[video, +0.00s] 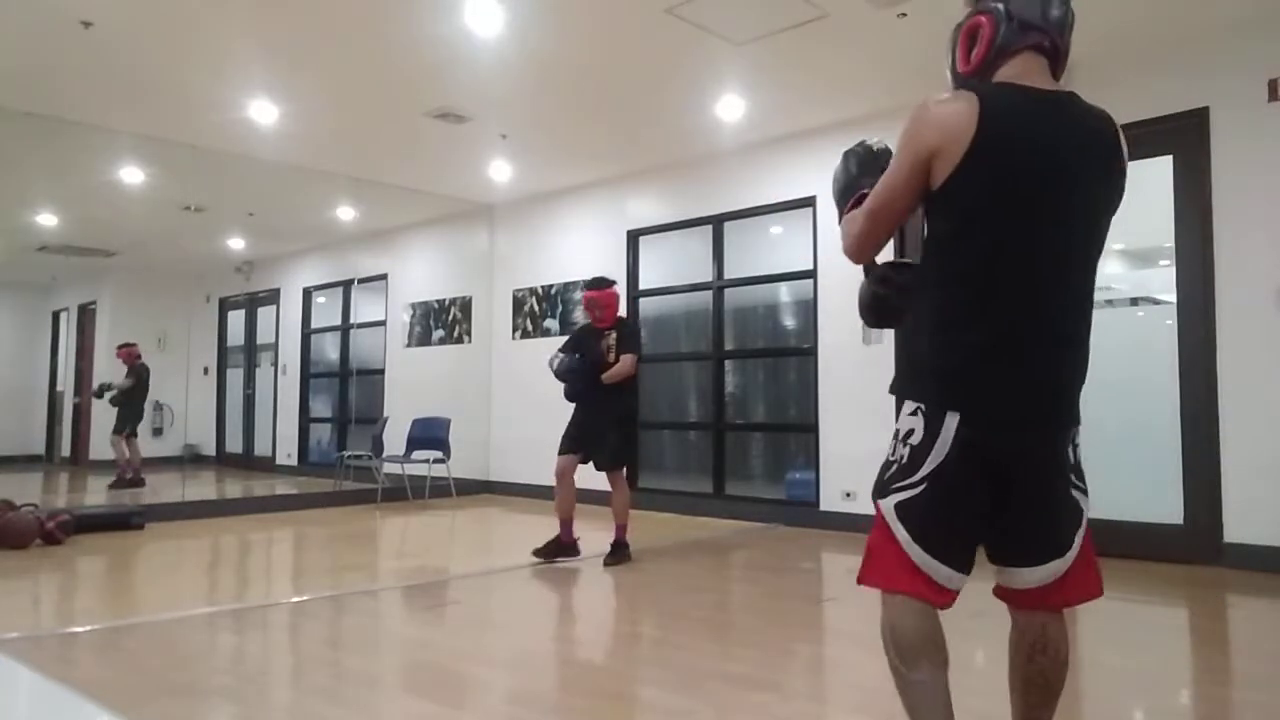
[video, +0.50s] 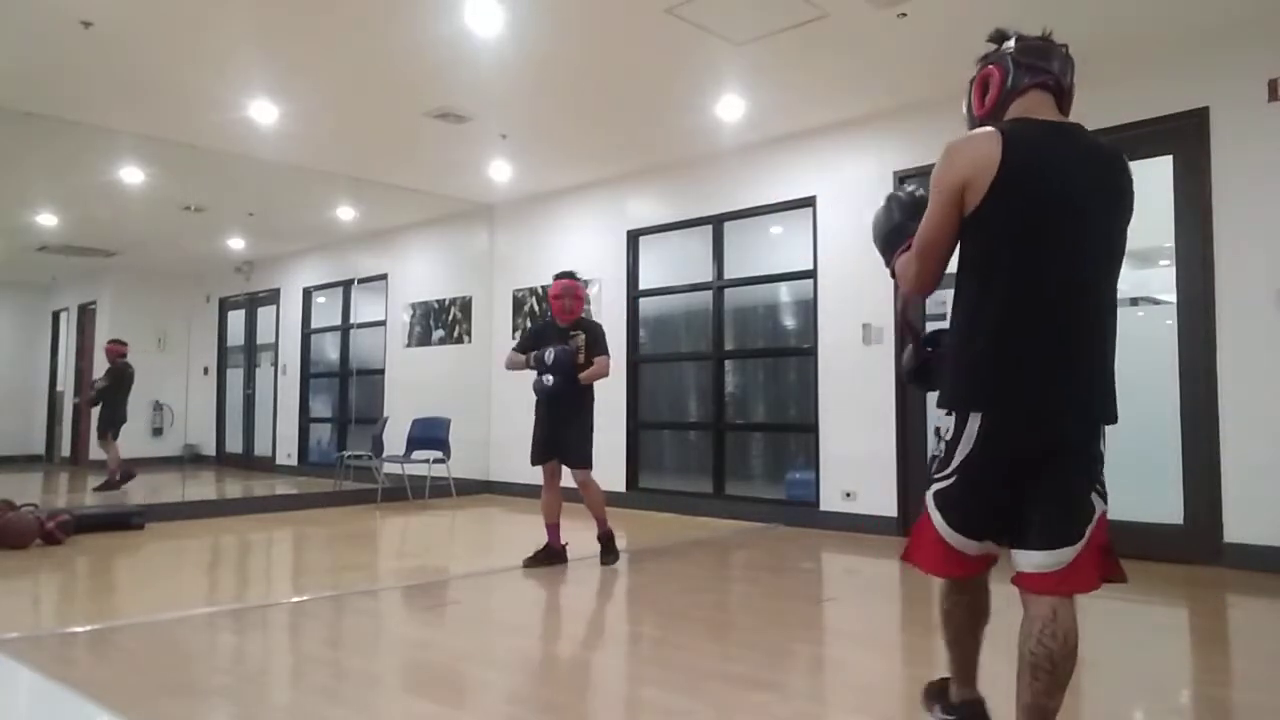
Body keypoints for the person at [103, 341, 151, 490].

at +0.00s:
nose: (122, 361)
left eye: (123, 357)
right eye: (121, 358)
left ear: (131, 355)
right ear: (133, 355)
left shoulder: (136, 369)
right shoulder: (141, 368)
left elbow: (127, 384)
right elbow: (130, 388)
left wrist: (108, 386)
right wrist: (117, 398)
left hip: (129, 410)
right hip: (134, 410)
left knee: (116, 439)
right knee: (131, 441)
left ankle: (123, 475)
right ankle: (136, 476)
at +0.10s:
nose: (119, 362)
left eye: (119, 358)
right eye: (117, 358)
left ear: (127, 356)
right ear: (129, 356)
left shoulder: (133, 370)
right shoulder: (137, 369)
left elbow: (121, 387)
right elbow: (126, 391)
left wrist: (104, 390)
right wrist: (108, 396)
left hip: (125, 413)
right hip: (131, 412)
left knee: (114, 442)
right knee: (129, 442)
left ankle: (113, 478)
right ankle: (136, 476)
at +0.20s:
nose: (115, 362)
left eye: (116, 358)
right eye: (114, 358)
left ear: (124, 356)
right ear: (126, 355)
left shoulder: (129, 371)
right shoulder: (134, 369)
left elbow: (115, 389)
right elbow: (118, 388)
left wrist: (100, 392)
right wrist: (103, 391)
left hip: (120, 413)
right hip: (127, 413)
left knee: (110, 443)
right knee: (126, 442)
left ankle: (111, 479)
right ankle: (136, 476)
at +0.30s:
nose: (112, 361)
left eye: (114, 357)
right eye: (111, 357)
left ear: (121, 355)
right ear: (125, 355)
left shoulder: (125, 371)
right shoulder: (131, 368)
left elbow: (111, 390)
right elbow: (112, 385)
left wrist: (98, 391)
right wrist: (100, 388)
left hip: (116, 413)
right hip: (123, 412)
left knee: (110, 444)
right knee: (122, 443)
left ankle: (111, 478)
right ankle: (135, 474)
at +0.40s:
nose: (109, 359)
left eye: (111, 355)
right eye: (109, 356)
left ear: (119, 354)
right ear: (123, 354)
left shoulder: (122, 370)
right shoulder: (128, 368)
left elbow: (112, 395)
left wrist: (98, 397)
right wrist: (100, 389)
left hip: (115, 412)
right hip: (118, 411)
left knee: (111, 443)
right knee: (112, 443)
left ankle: (112, 478)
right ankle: (131, 472)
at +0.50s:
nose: (106, 356)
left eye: (108, 352)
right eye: (106, 352)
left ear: (114, 353)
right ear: (122, 353)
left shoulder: (115, 370)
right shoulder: (128, 369)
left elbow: (103, 388)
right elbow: (110, 385)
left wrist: (90, 399)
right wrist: (97, 385)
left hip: (110, 411)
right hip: (119, 411)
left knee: (105, 442)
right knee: (109, 442)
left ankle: (113, 477)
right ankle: (122, 471)